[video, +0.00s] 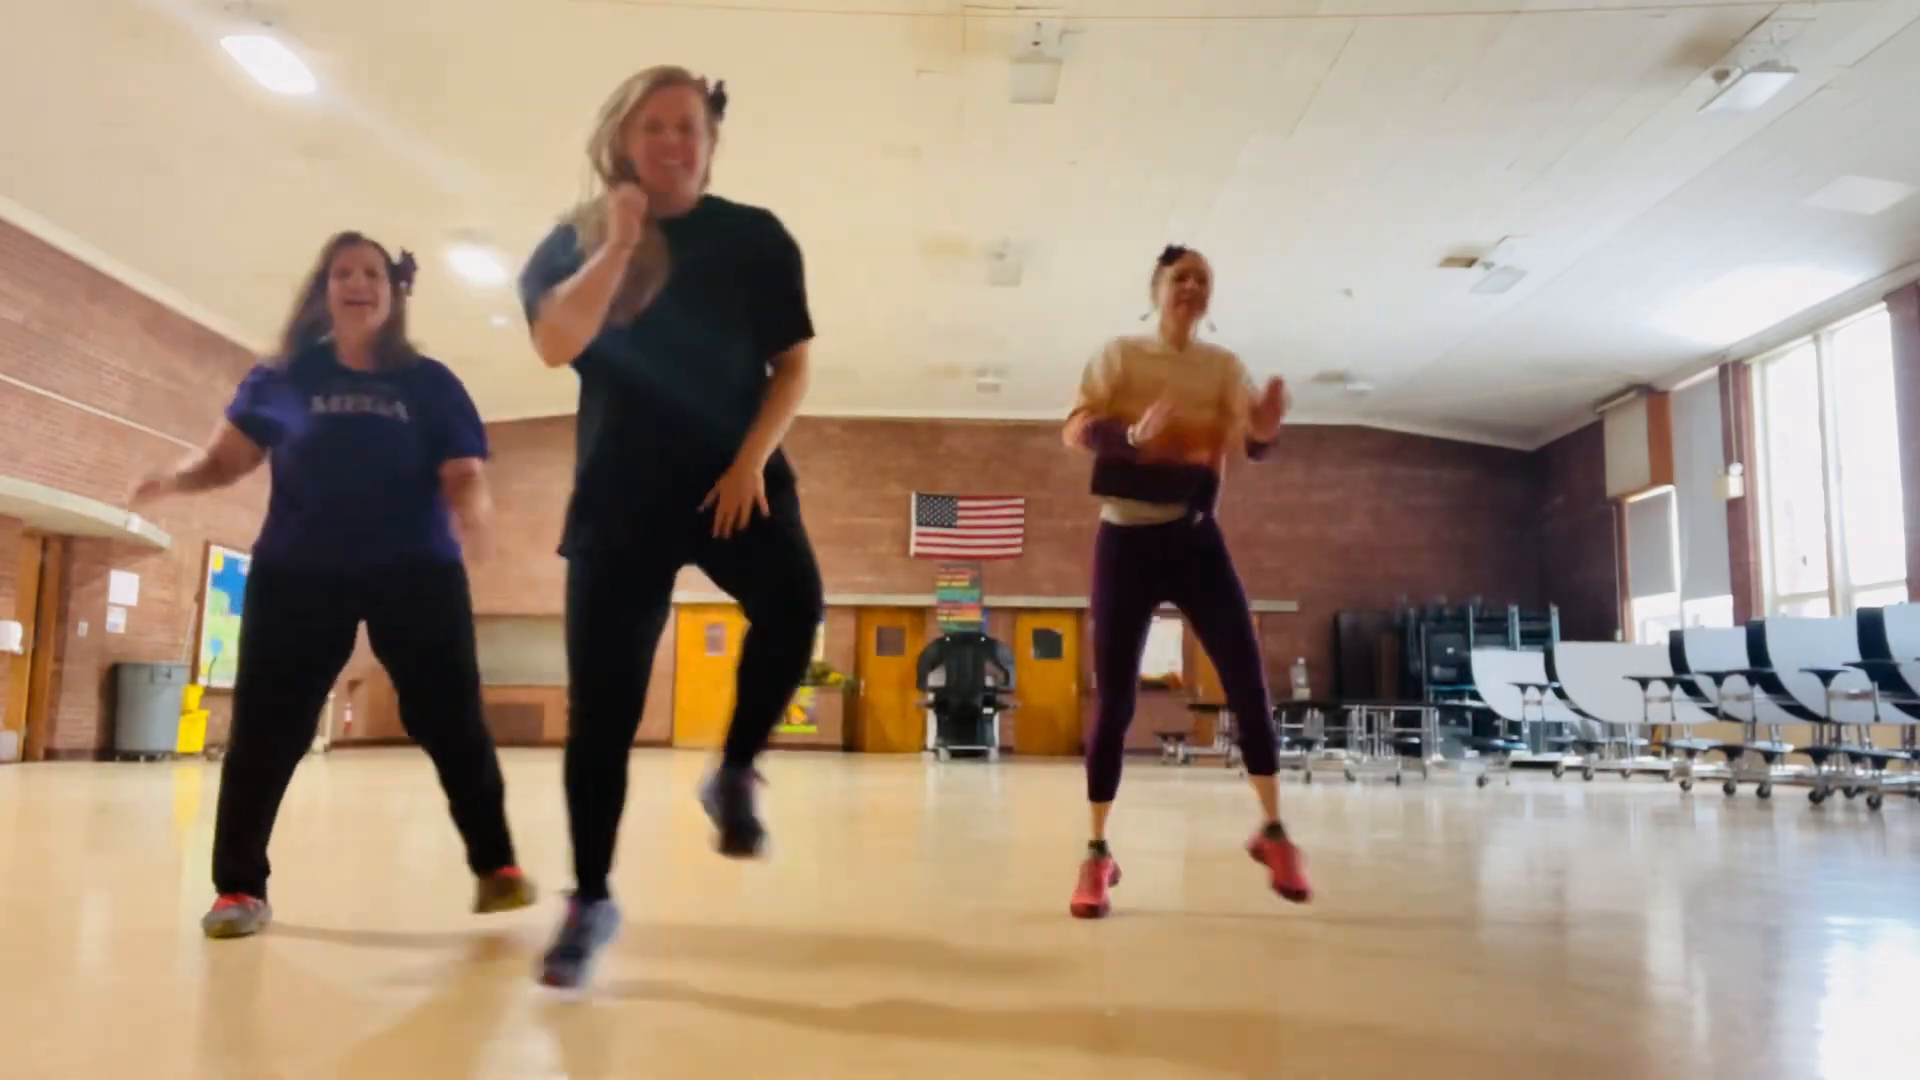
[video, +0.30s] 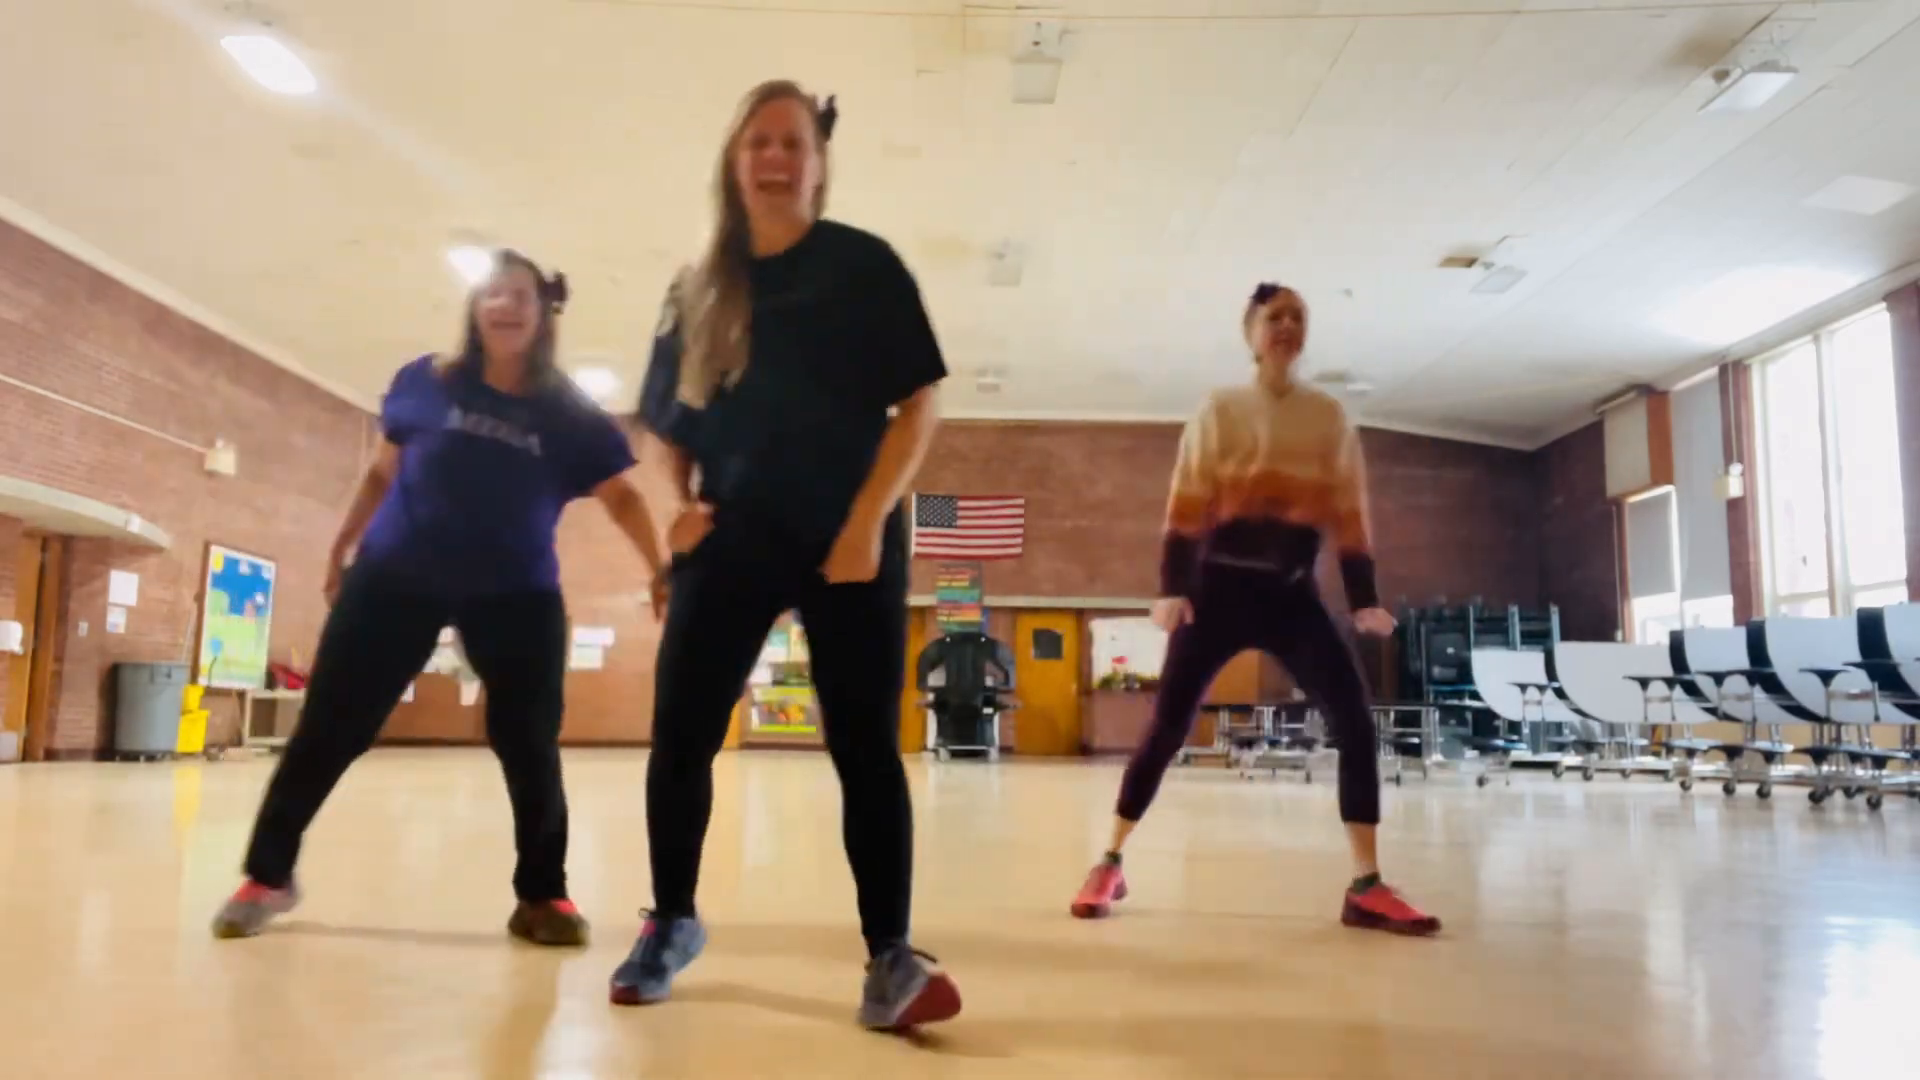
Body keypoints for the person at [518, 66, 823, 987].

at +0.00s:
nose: (673, 146)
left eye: (688, 131)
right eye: (655, 130)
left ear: (711, 145)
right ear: (619, 143)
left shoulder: (755, 240)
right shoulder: (578, 242)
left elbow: (794, 364)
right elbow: (555, 343)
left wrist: (752, 459)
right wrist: (615, 249)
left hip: (735, 485)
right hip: (624, 494)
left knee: (792, 611)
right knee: (601, 706)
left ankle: (736, 773)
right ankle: (589, 897)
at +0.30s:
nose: (774, 158)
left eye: (792, 144)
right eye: (758, 143)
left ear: (821, 161)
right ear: (732, 160)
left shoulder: (865, 264)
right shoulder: (700, 286)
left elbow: (920, 404)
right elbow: (662, 427)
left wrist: (867, 518)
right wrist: (673, 508)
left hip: (849, 536)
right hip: (731, 535)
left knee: (866, 746)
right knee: (681, 734)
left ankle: (889, 958)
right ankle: (671, 923)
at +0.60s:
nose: (908, 133)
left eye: (926, 120)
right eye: (892, 119)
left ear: (957, 140)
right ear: (866, 140)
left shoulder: (1006, 261)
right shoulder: (828, 268)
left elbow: (1072, 387)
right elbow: (790, 399)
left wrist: (1041, 501)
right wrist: (789, 496)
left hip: (975, 543)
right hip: (861, 540)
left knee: (940, 745)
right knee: (850, 729)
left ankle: (905, 969)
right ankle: (988, 853)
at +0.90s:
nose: (998, 144)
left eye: (1014, 131)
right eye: (982, 132)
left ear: (1044, 153)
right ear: (957, 155)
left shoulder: (1096, 254)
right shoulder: (926, 279)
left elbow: (1163, 368)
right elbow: (882, 414)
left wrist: (1162, 464)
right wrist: (898, 483)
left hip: (1080, 524)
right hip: (966, 535)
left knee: (1145, 645)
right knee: (992, 746)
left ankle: (1131, 834)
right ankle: (1027, 941)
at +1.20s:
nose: (1110, 171)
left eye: (1127, 160)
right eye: (1096, 160)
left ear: (1156, 184)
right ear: (1069, 186)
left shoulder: (1210, 291)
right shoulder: (1039, 308)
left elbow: (1282, 400)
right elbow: (971, 422)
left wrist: (1249, 475)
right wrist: (1012, 503)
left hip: (1194, 560)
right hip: (1071, 563)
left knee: (1241, 759)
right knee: (1031, 759)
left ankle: (1289, 946)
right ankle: (1025, 944)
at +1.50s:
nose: (1174, 115)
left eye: (1189, 102)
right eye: (1159, 103)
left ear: (1217, 119)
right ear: (1130, 123)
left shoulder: (1265, 211)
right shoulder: (1108, 219)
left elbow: (1309, 304)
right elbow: (1082, 323)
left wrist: (1316, 180)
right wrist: (1082, 204)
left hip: (1256, 494)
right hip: (1140, 496)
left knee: (1273, 703)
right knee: (1135, 698)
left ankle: (1297, 916)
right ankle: (1179, 880)